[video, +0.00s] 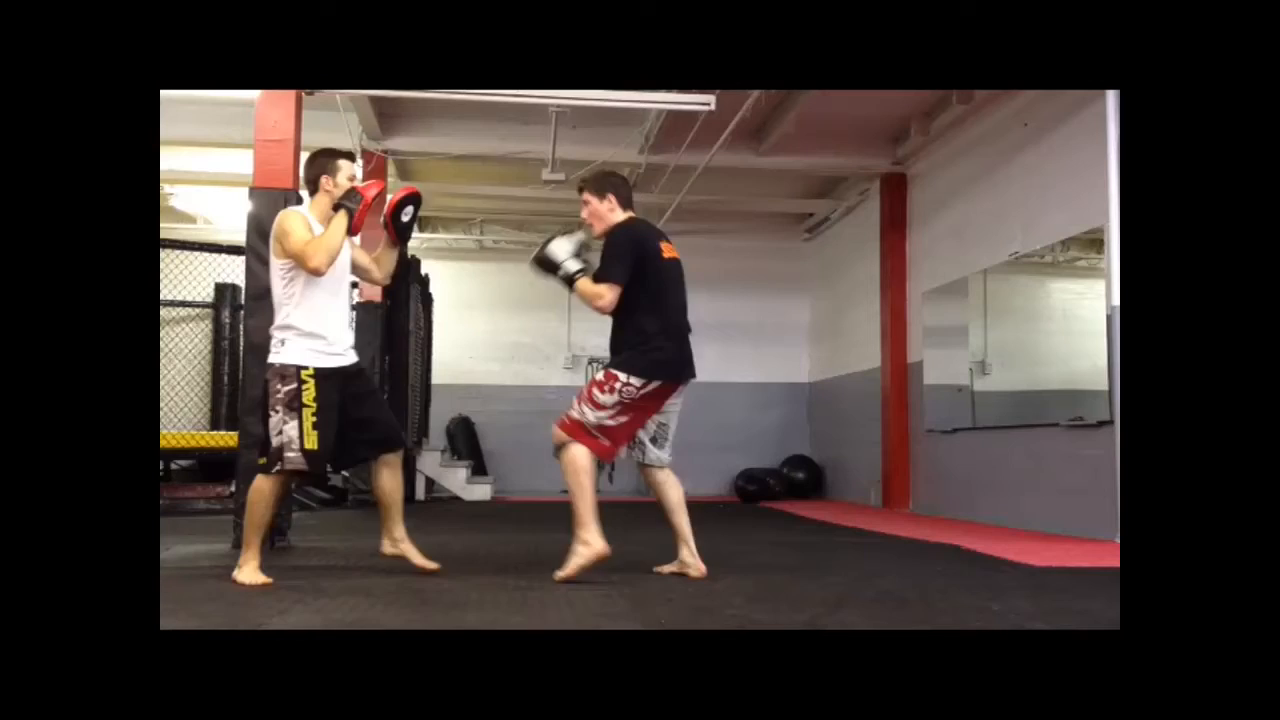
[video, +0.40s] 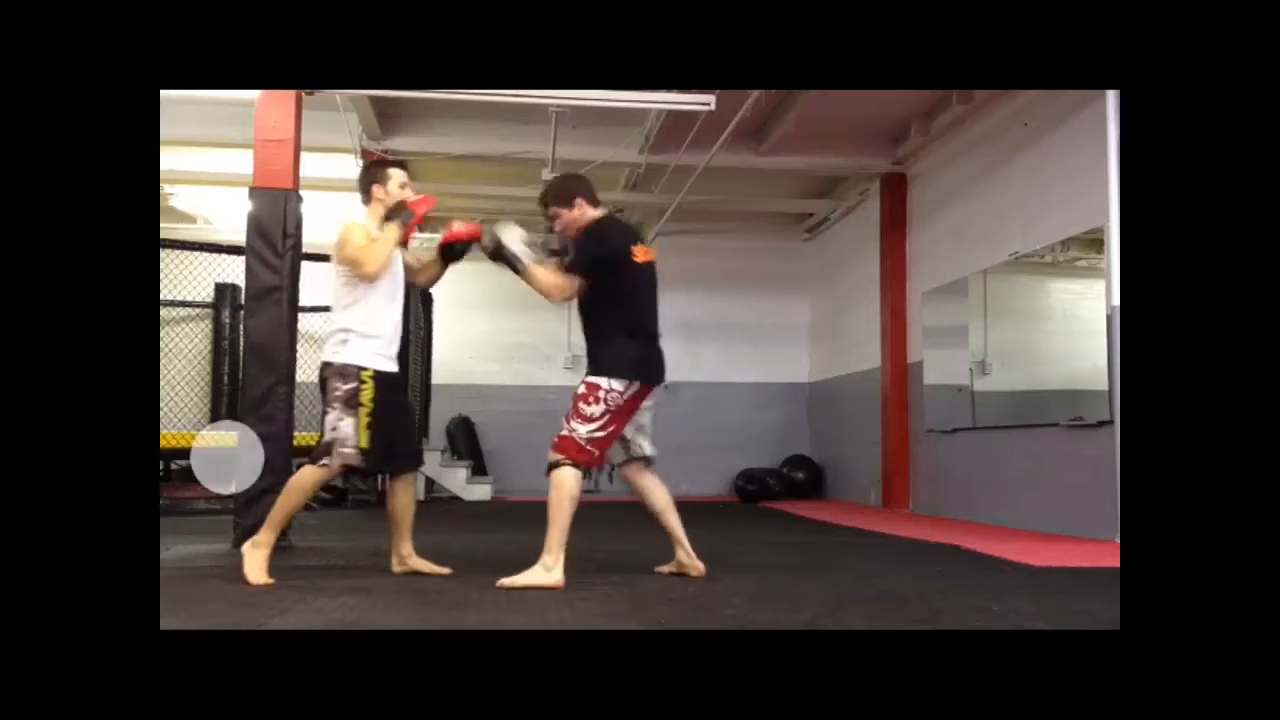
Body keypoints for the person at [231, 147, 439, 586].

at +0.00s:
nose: (357, 187)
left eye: (357, 180)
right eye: (350, 179)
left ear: (333, 185)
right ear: (325, 182)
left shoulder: (338, 235)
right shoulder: (290, 220)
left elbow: (380, 273)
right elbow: (317, 261)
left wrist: (400, 231)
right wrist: (346, 212)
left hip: (343, 363)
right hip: (297, 362)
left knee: (389, 446)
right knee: (281, 463)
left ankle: (395, 537)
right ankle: (248, 562)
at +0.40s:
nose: (411, 193)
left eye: (410, 186)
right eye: (403, 186)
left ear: (388, 193)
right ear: (378, 191)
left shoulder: (391, 240)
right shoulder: (353, 231)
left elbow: (421, 277)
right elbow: (370, 266)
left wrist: (448, 251)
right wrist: (400, 225)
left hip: (385, 364)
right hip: (350, 361)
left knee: (404, 459)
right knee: (336, 456)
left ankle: (404, 553)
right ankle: (261, 543)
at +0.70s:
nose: (423, 207)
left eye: (424, 201)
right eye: (416, 198)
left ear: (408, 206)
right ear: (390, 199)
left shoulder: (394, 248)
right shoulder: (373, 227)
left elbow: (411, 291)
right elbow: (434, 230)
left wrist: (436, 277)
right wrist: (477, 196)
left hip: (381, 369)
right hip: (350, 367)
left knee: (400, 459)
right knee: (319, 461)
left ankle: (403, 553)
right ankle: (256, 550)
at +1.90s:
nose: (345, 204)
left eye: (345, 197)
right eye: (338, 196)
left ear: (323, 200)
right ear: (311, 198)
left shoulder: (342, 249)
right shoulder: (267, 239)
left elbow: (354, 305)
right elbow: (245, 305)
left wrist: (375, 337)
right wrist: (305, 294)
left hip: (355, 366)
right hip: (303, 370)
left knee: (405, 446)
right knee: (278, 465)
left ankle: (395, 532)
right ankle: (247, 559)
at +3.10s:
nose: (327, 199)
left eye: (327, 191)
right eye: (320, 190)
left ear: (300, 195)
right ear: (293, 192)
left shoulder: (305, 247)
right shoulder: (251, 232)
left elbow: (298, 297)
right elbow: (213, 287)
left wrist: (326, 301)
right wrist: (279, 297)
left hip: (284, 369)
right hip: (243, 365)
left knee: (272, 470)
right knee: (232, 463)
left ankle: (223, 548)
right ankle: (193, 546)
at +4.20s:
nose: (371, 199)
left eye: (372, 192)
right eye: (365, 190)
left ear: (347, 195)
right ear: (339, 191)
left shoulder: (349, 238)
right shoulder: (302, 228)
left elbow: (384, 270)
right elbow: (339, 261)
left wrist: (411, 247)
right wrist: (381, 224)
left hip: (344, 367)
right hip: (303, 366)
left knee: (386, 451)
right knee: (291, 462)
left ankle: (371, 540)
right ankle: (258, 559)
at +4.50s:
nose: (394, 200)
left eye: (395, 192)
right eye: (388, 192)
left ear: (375, 195)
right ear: (362, 193)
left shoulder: (380, 244)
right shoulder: (324, 233)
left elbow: (429, 272)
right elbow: (328, 283)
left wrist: (438, 227)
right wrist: (374, 242)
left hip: (380, 370)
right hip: (333, 369)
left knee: (411, 458)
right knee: (301, 464)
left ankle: (421, 548)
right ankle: (261, 558)